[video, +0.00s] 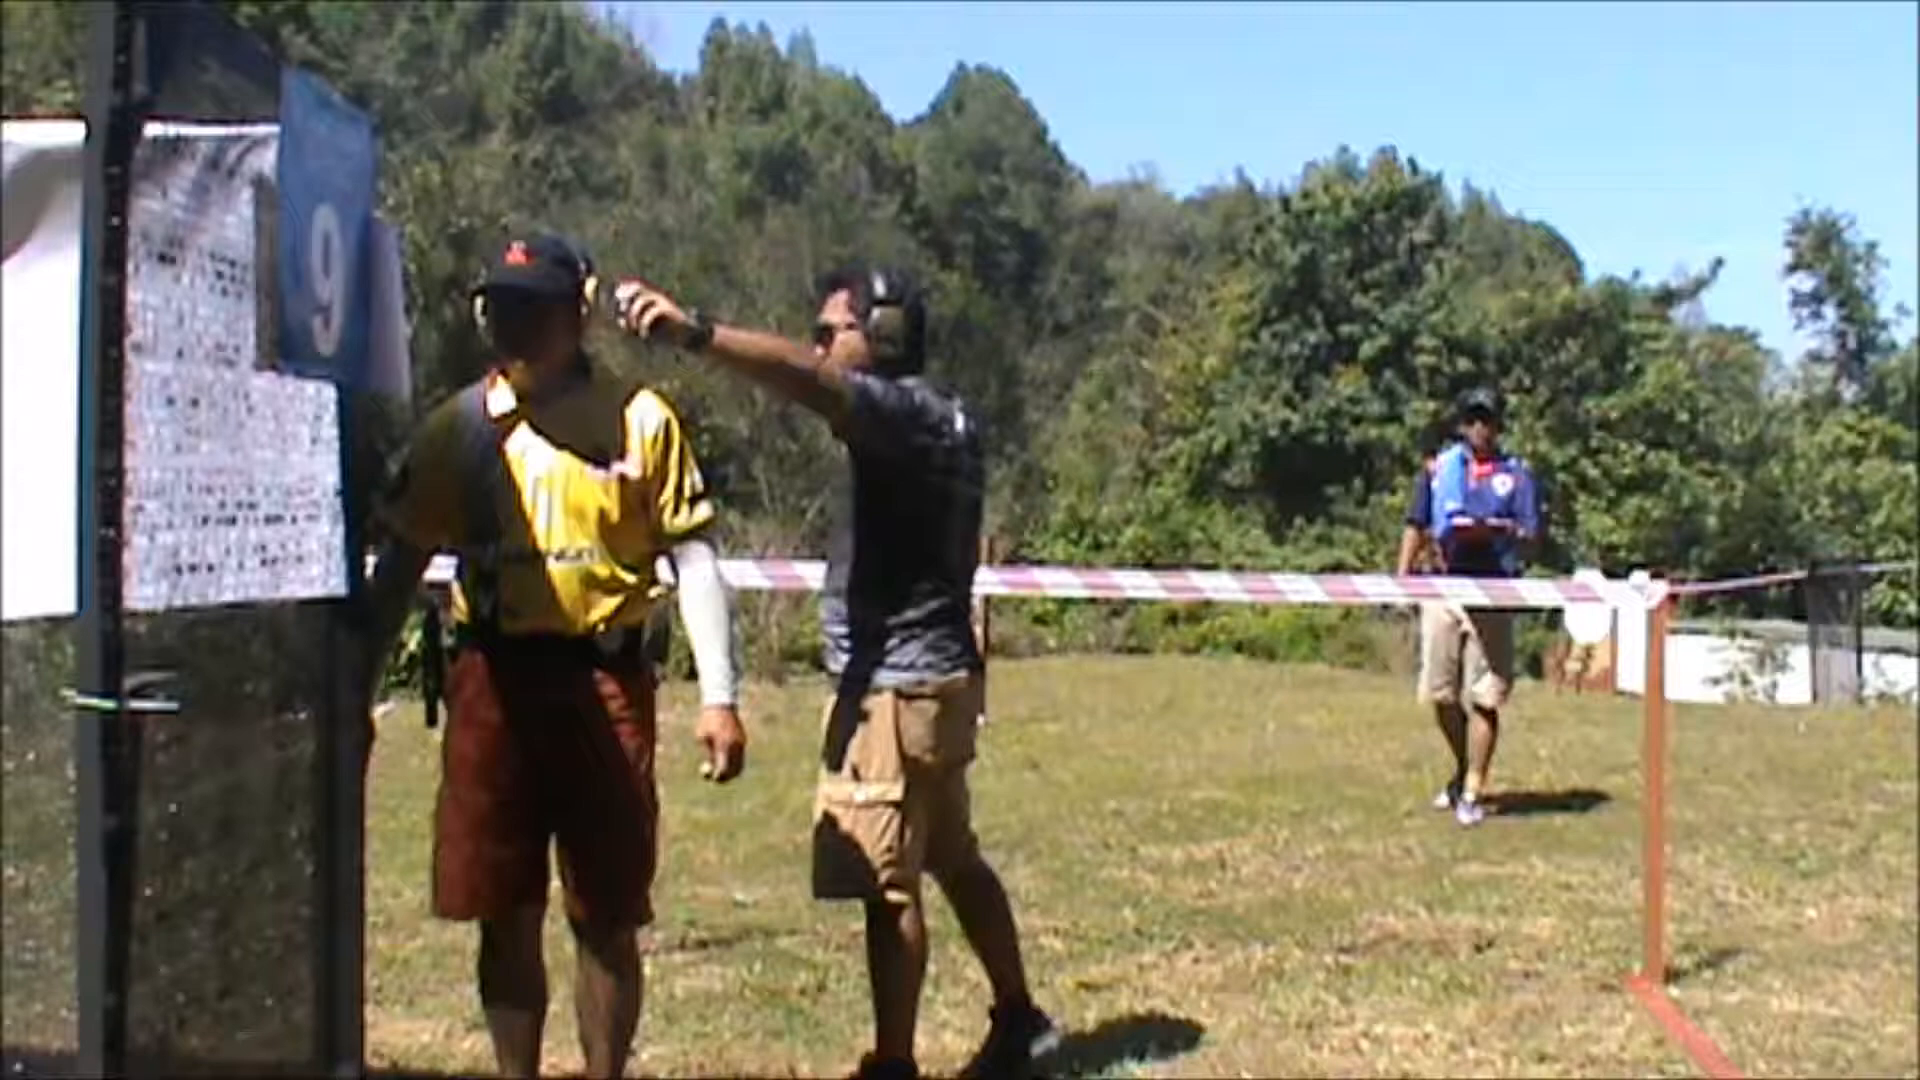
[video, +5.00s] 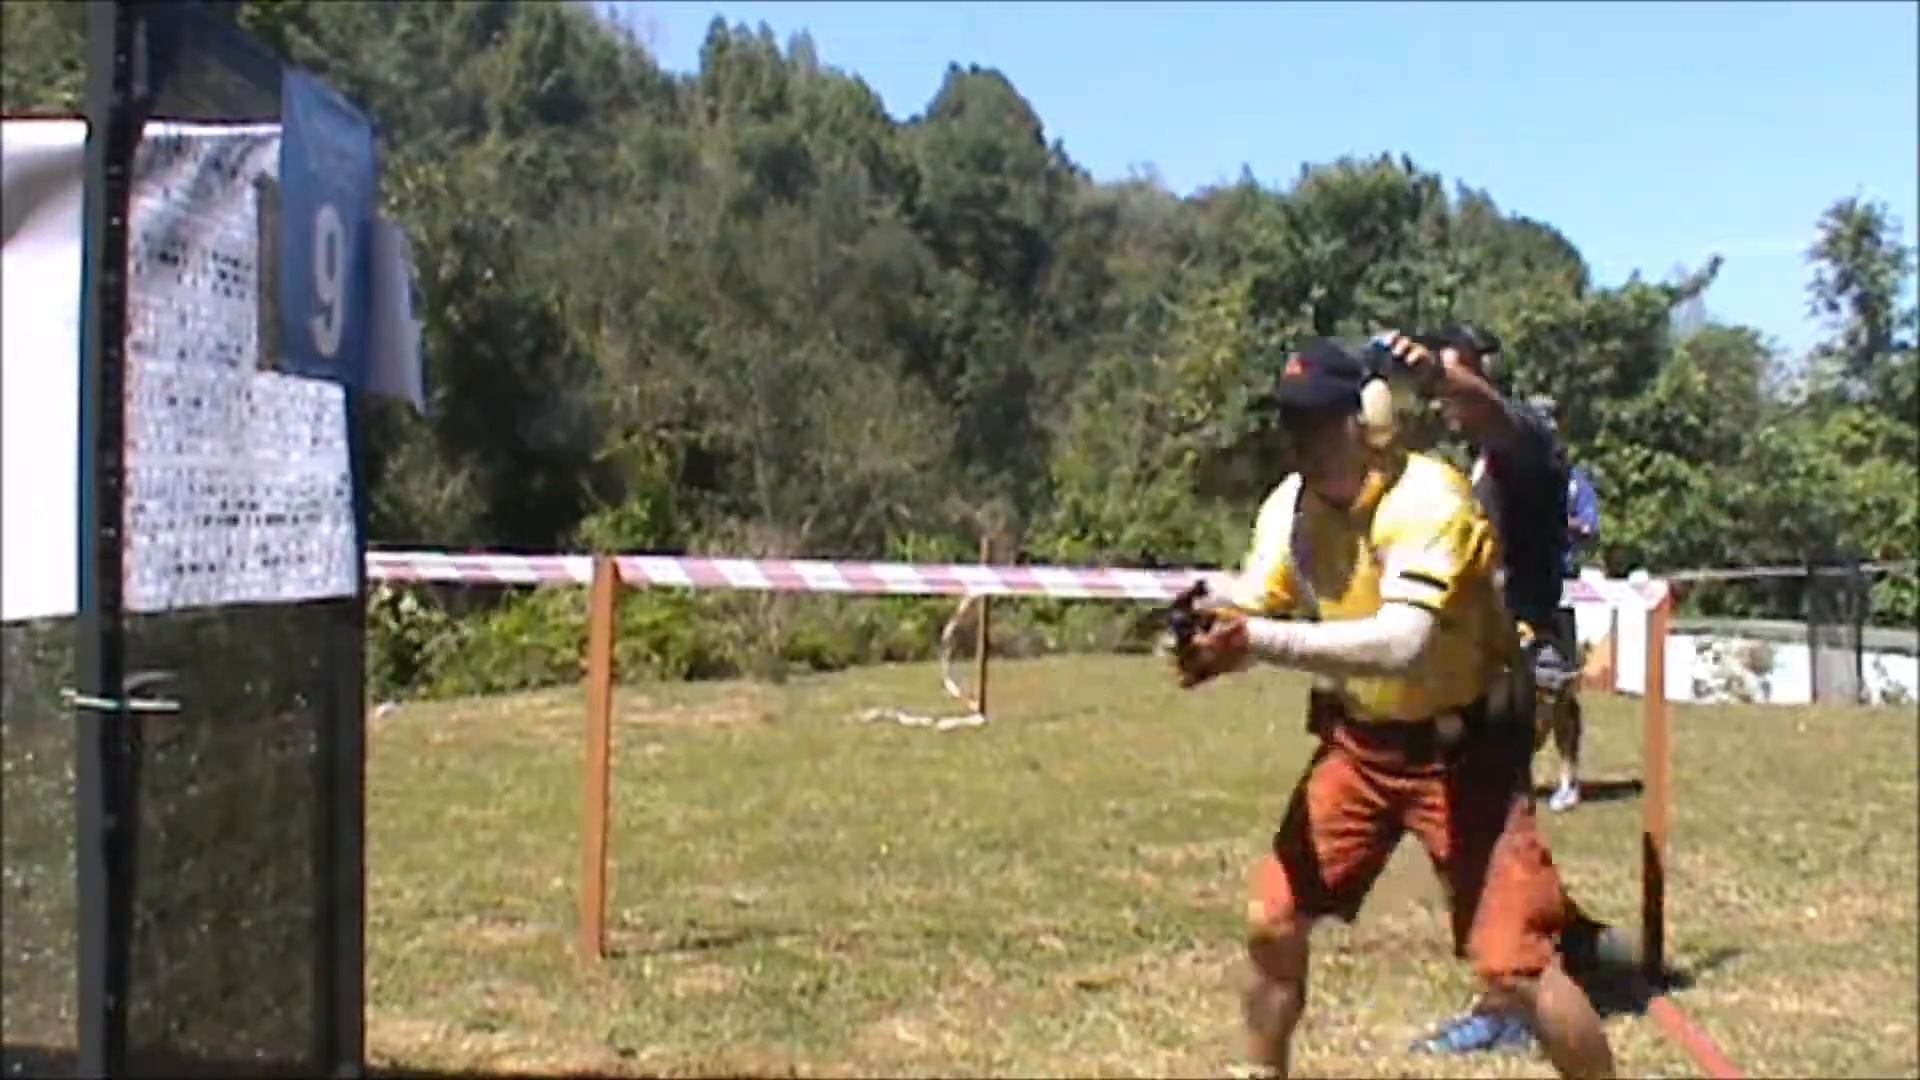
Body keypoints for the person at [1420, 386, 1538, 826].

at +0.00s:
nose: (1479, 430)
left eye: (1486, 422)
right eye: (1471, 422)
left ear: (1498, 428)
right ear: (1461, 426)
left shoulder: (1516, 474)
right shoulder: (1439, 470)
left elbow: (1532, 538)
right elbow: (1416, 525)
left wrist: (1494, 529)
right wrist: (1403, 571)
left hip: (1493, 593)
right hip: (1442, 590)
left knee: (1486, 698)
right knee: (1442, 694)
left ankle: (1475, 789)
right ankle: (1460, 767)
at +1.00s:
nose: (1474, 434)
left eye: (1481, 426)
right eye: (1468, 426)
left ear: (1496, 428)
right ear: (1461, 429)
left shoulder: (1519, 470)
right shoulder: (1452, 471)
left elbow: (1535, 529)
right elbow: (1439, 524)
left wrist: (1498, 521)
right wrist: (1445, 529)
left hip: (1499, 587)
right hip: (1454, 586)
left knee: (1494, 689)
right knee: (1463, 688)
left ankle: (1490, 784)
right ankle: (1472, 775)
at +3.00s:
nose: (1481, 443)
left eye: (1487, 435)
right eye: (1474, 436)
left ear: (1499, 436)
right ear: (1464, 437)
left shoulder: (1519, 477)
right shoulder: (1450, 472)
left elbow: (1539, 538)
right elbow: (1417, 514)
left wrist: (1508, 526)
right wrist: (1448, 520)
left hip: (1495, 589)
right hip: (1450, 588)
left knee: (1490, 691)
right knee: (1459, 690)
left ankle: (1489, 782)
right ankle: (1471, 776)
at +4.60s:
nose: (1493, 437)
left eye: (1500, 428)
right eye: (1486, 429)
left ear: (1512, 431)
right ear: (1476, 432)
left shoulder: (1531, 477)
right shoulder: (1456, 473)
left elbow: (1549, 529)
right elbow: (1427, 516)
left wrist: (1511, 526)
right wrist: (1468, 523)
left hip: (1513, 588)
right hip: (1465, 587)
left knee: (1525, 685)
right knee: (1469, 688)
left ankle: (1540, 772)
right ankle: (1477, 778)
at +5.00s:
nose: (1544, 436)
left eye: (1549, 425)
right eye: (1535, 426)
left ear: (1560, 431)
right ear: (1520, 433)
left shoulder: (1572, 481)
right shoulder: (1506, 481)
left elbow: (1588, 527)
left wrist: (1551, 526)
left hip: (1552, 592)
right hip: (1507, 591)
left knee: (1560, 688)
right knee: (1516, 690)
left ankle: (1569, 774)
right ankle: (1517, 772)